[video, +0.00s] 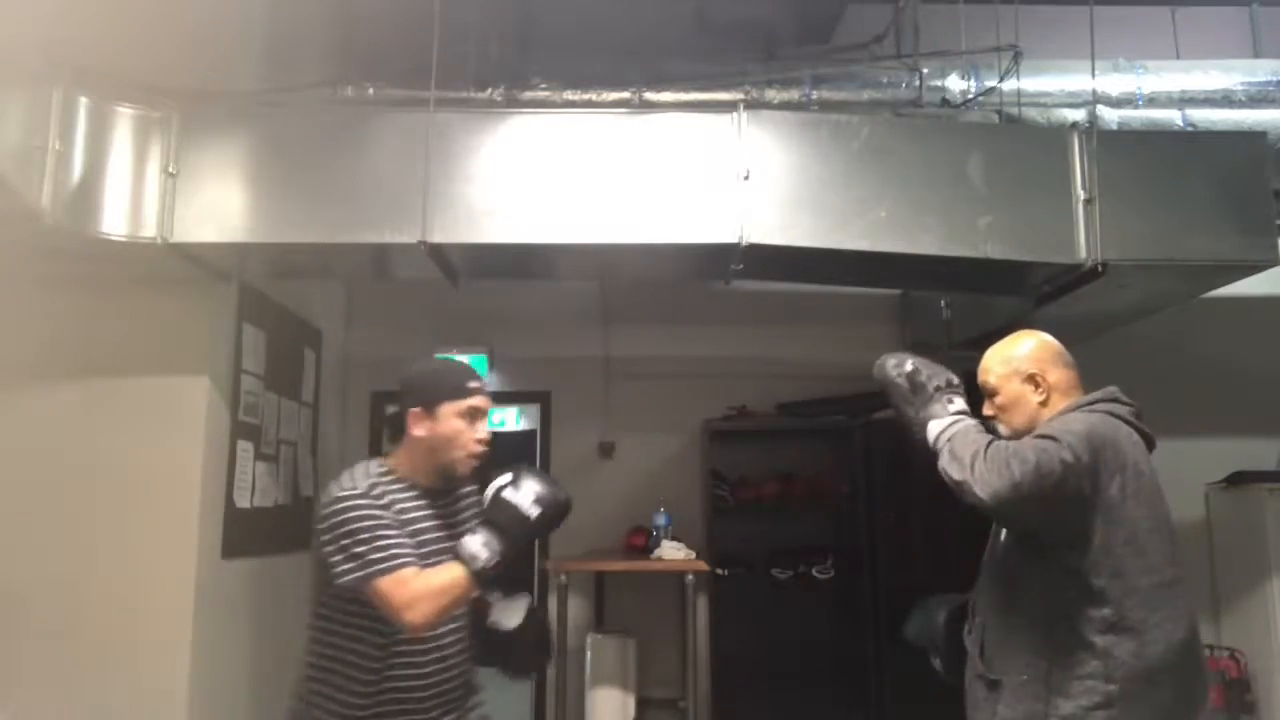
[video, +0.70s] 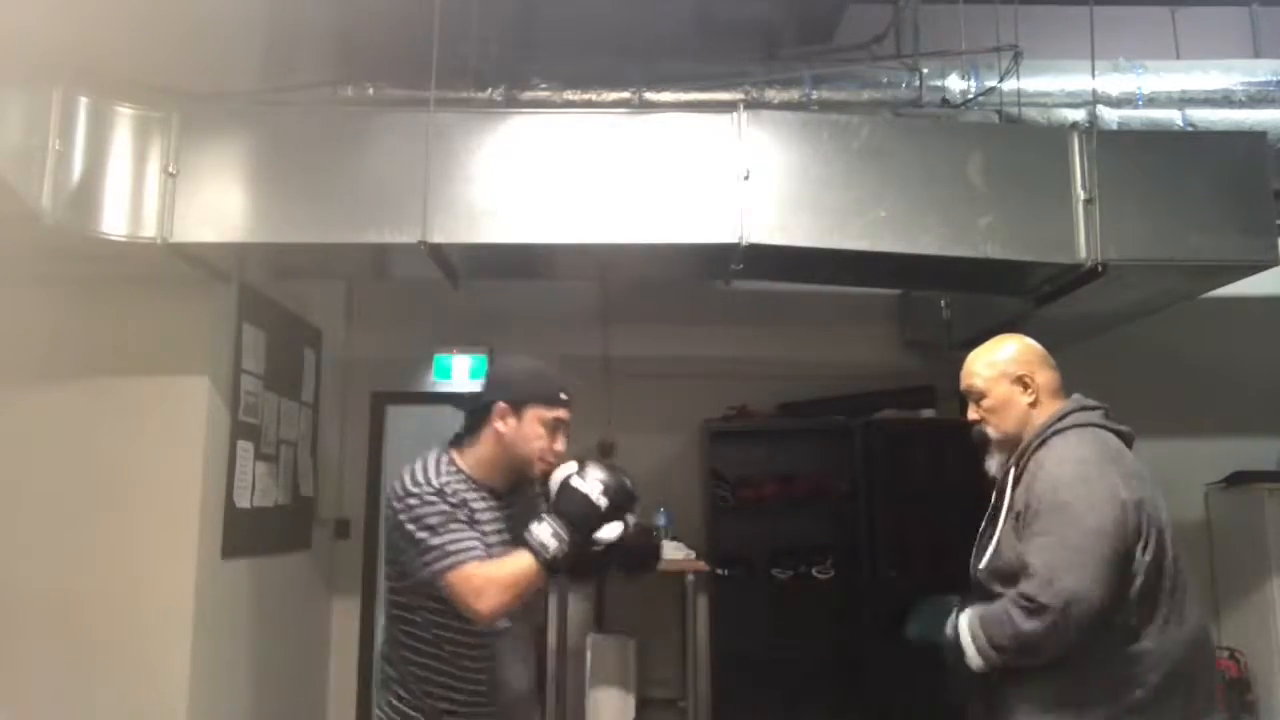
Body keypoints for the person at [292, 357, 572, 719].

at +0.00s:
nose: (486, 435)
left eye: (486, 420)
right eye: (470, 417)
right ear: (419, 422)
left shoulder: (462, 493)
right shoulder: (354, 498)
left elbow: (470, 590)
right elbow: (413, 609)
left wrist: (509, 621)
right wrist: (491, 540)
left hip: (454, 707)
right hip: (365, 711)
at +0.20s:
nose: (572, 446)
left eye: (573, 432)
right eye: (557, 431)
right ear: (506, 437)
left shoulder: (568, 497)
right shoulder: (450, 507)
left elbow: (672, 471)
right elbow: (484, 606)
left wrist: (744, 444)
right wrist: (558, 527)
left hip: (549, 705)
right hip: (460, 708)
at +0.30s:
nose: (602, 458)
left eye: (604, 442)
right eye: (587, 441)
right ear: (537, 442)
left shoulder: (601, 490)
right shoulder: (474, 515)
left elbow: (678, 497)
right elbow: (507, 630)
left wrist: (725, 479)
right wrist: (587, 554)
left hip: (596, 706)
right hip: (497, 710)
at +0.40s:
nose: (616, 462)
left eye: (618, 446)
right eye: (603, 446)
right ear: (553, 445)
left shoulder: (592, 504)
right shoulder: (479, 519)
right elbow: (508, 644)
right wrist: (587, 570)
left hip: (605, 705)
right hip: (505, 710)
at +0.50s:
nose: (608, 468)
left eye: (610, 453)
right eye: (594, 452)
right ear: (546, 449)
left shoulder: (578, 510)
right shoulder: (471, 521)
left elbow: (627, 585)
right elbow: (505, 643)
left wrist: (664, 564)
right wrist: (584, 565)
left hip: (582, 707)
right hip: (491, 710)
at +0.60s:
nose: (584, 460)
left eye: (588, 445)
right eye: (573, 442)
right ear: (523, 436)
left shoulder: (550, 507)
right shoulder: (447, 505)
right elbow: (494, 623)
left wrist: (640, 552)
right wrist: (574, 552)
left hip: (533, 707)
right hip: (450, 709)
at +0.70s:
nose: (561, 447)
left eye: (564, 432)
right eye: (551, 427)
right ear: (503, 419)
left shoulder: (526, 491)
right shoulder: (421, 490)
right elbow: (482, 598)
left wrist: (609, 548)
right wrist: (560, 529)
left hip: (511, 706)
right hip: (429, 709)